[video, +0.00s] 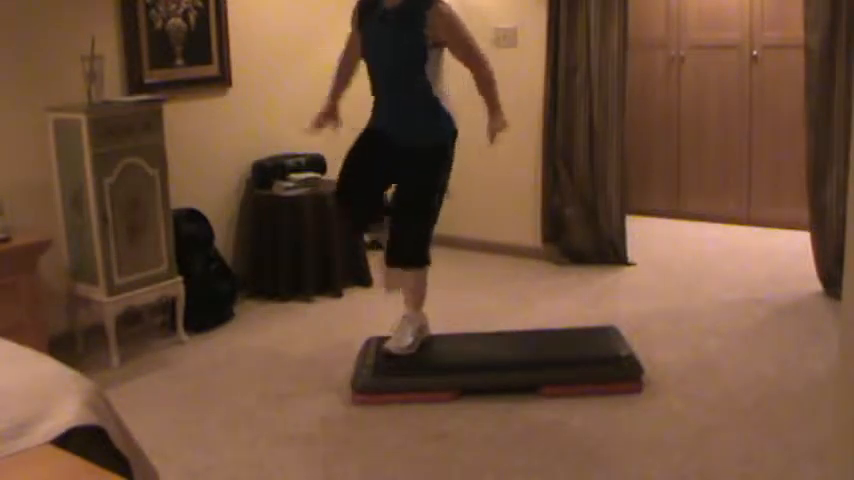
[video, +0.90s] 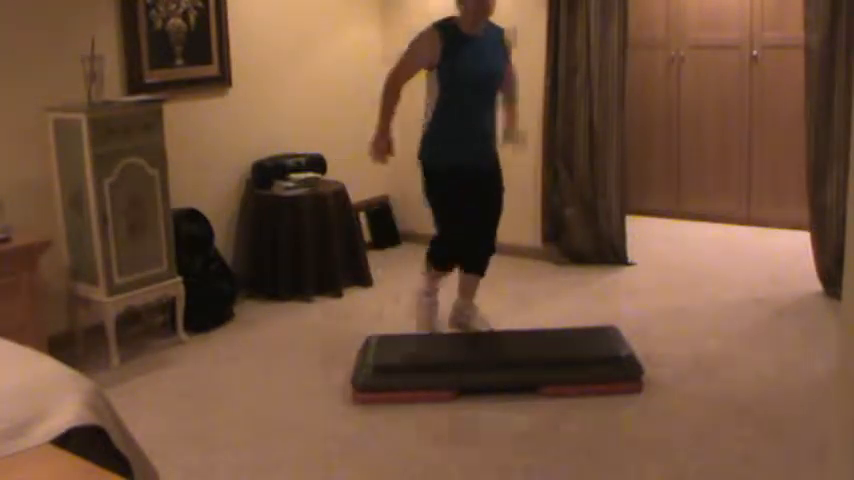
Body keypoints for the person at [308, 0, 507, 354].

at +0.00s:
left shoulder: (434, 12)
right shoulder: (366, 11)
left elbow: (478, 63)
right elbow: (350, 58)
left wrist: (494, 110)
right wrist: (332, 101)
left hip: (429, 134)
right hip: (384, 130)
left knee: (410, 228)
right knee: (349, 201)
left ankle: (414, 318)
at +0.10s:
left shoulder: (436, 7)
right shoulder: (362, 7)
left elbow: (472, 35)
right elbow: (326, 35)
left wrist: (509, 61)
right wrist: (289, 69)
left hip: (425, 128)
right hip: (379, 127)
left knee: (415, 223)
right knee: (367, 216)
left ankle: (414, 316)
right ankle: (386, 270)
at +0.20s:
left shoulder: (435, 11)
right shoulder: (362, 8)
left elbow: (489, 28)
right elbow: (313, 22)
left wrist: (528, 21)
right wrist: (264, 35)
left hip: (425, 135)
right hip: (377, 136)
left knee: (412, 230)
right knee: (380, 228)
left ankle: (414, 318)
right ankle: (381, 305)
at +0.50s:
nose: (433, 5)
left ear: (433, 5)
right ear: (402, 3)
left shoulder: (441, 40)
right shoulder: (371, 41)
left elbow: (484, 55)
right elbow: (323, 59)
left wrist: (524, 60)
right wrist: (291, 72)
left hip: (434, 149)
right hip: (387, 152)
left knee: (447, 226)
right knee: (391, 238)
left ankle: (444, 299)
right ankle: (382, 316)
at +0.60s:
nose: (446, 3)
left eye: (446, 1)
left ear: (444, 5)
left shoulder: (453, 34)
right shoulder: (386, 32)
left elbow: (486, 68)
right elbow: (333, 68)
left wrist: (513, 100)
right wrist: (309, 115)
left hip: (442, 145)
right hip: (396, 147)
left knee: (464, 224)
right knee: (393, 232)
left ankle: (462, 295)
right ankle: (382, 313)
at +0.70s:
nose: (460, 6)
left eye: (461, 3)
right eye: (453, 2)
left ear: (463, 6)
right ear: (432, 3)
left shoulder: (466, 38)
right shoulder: (404, 35)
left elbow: (474, 85)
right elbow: (362, 77)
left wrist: (485, 125)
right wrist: (348, 127)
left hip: (455, 152)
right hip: (410, 153)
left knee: (472, 227)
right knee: (400, 235)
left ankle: (466, 298)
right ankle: (382, 313)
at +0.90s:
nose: (485, 5)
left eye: (488, 2)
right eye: (479, 1)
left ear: (492, 5)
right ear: (463, 3)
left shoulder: (497, 38)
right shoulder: (437, 36)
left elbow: (508, 81)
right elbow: (395, 79)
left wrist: (511, 121)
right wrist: (383, 131)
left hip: (482, 152)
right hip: (442, 152)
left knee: (483, 233)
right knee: (454, 233)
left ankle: (464, 307)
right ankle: (428, 296)